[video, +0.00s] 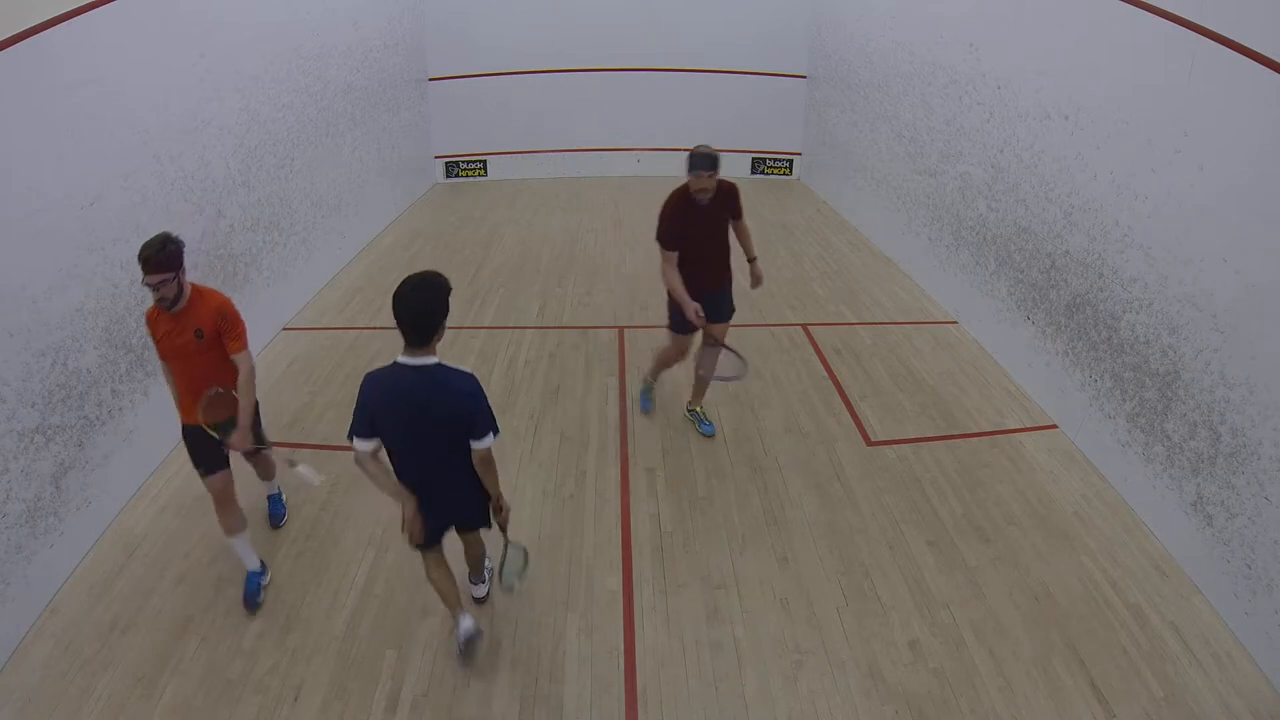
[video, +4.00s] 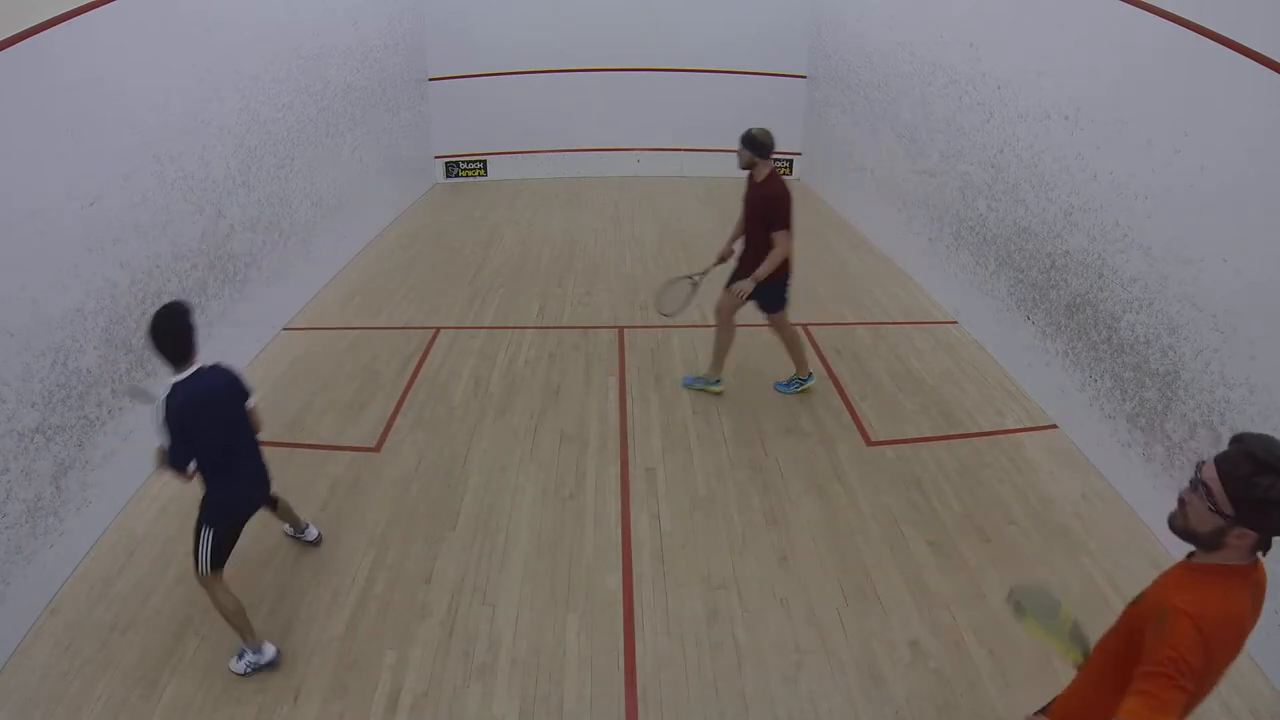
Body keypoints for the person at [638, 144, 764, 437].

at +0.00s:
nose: (701, 182)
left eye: (707, 176)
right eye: (695, 176)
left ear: (716, 175)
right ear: (688, 175)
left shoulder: (728, 193)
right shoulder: (674, 206)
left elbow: (739, 225)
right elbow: (669, 265)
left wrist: (753, 262)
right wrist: (686, 302)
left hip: (718, 281)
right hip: (685, 285)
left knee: (714, 343)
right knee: (679, 349)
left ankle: (695, 405)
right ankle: (649, 379)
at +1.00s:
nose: (827, 176)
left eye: (828, 169)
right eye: (825, 169)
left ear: (802, 168)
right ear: (810, 169)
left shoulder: (792, 198)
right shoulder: (783, 205)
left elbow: (795, 246)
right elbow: (764, 264)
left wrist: (833, 240)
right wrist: (786, 310)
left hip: (785, 300)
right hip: (770, 305)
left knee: (787, 356)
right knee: (761, 371)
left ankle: (778, 416)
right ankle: (728, 441)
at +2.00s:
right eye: (857, 156)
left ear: (835, 153)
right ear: (861, 157)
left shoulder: (815, 183)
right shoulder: (872, 194)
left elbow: (791, 230)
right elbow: (879, 249)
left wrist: (790, 254)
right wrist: (879, 286)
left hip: (808, 272)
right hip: (843, 279)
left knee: (791, 322)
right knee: (826, 339)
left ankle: (782, 386)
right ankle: (815, 396)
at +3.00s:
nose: (882, 165)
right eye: (884, 162)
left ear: (860, 159)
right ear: (883, 167)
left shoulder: (846, 176)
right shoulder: (870, 199)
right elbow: (896, 234)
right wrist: (928, 207)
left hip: (825, 260)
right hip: (856, 268)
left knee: (806, 304)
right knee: (865, 313)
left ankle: (777, 356)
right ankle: (861, 366)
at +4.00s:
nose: (737, 154)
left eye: (741, 150)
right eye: (739, 150)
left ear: (754, 155)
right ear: (759, 154)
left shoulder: (776, 191)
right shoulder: (754, 177)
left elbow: (782, 248)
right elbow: (747, 218)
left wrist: (753, 279)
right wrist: (729, 245)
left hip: (773, 268)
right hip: (750, 260)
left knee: (778, 321)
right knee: (724, 310)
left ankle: (804, 374)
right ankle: (713, 376)